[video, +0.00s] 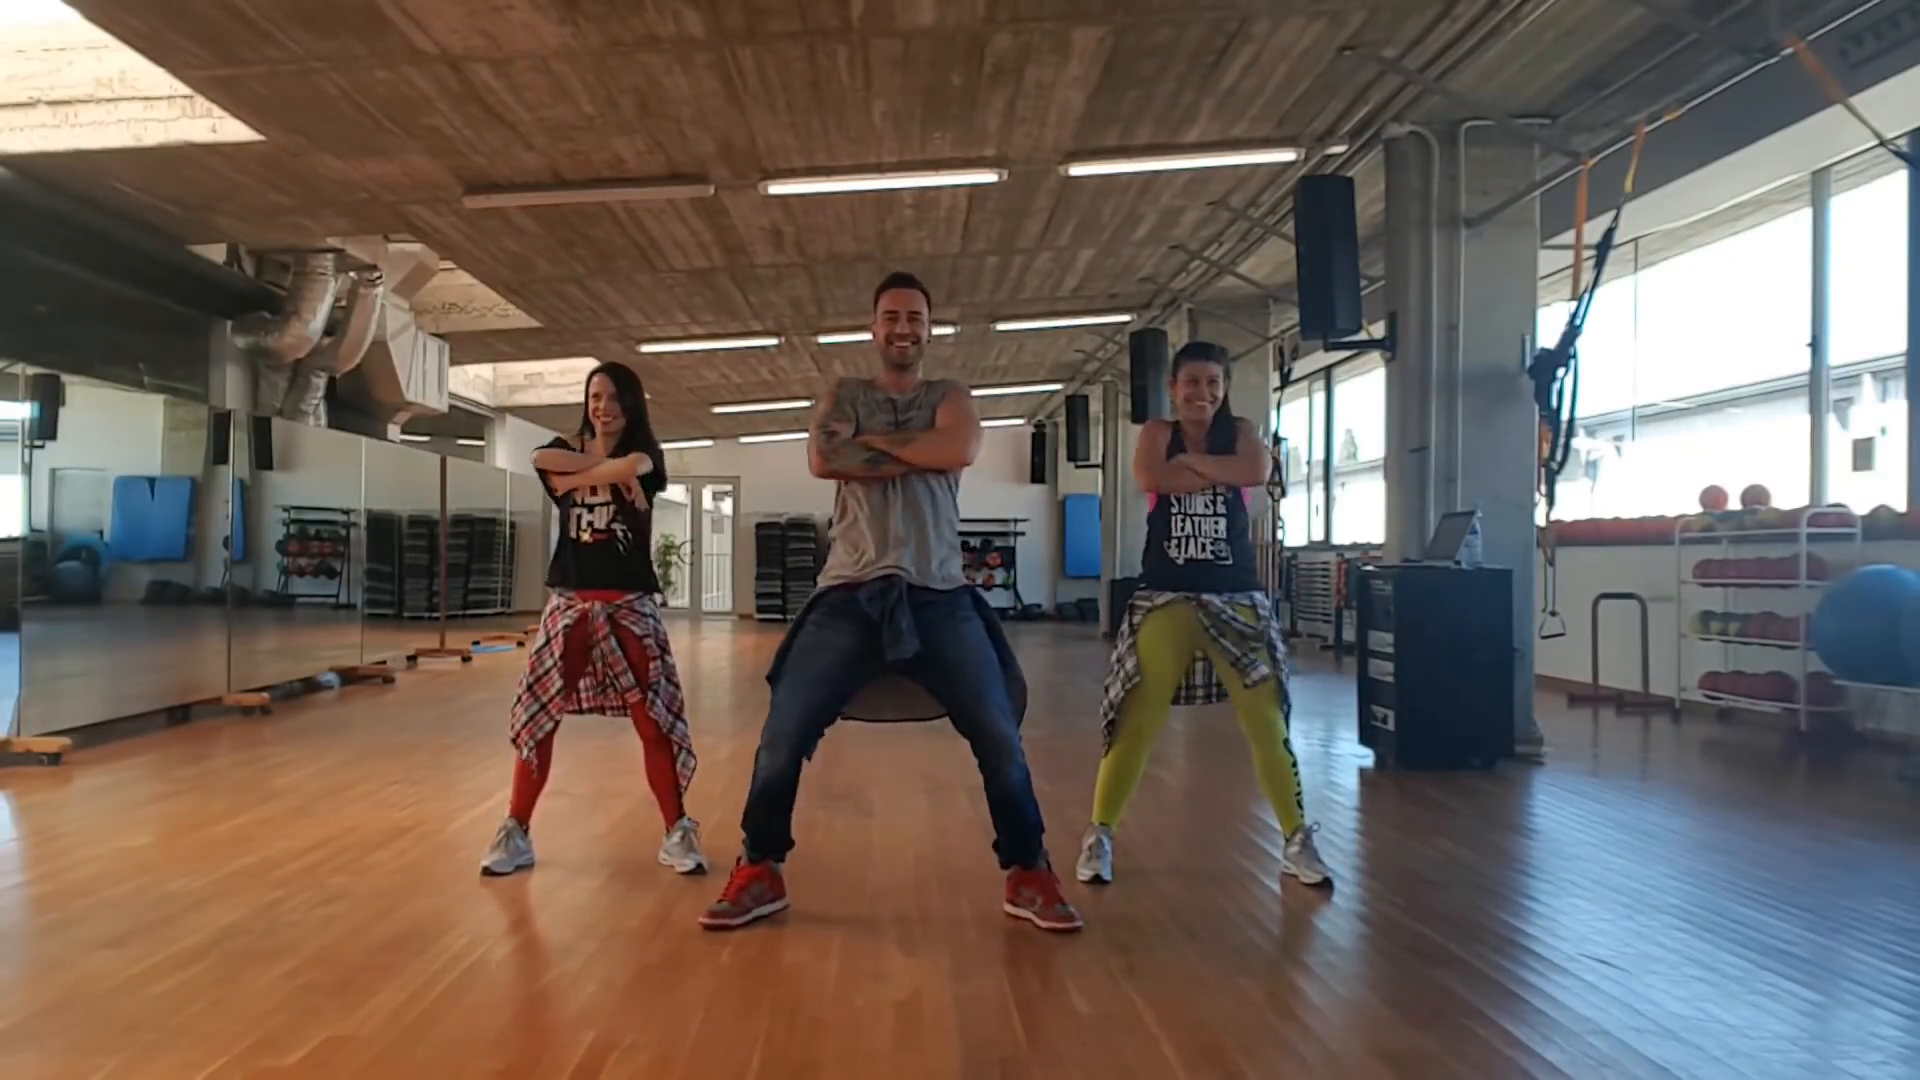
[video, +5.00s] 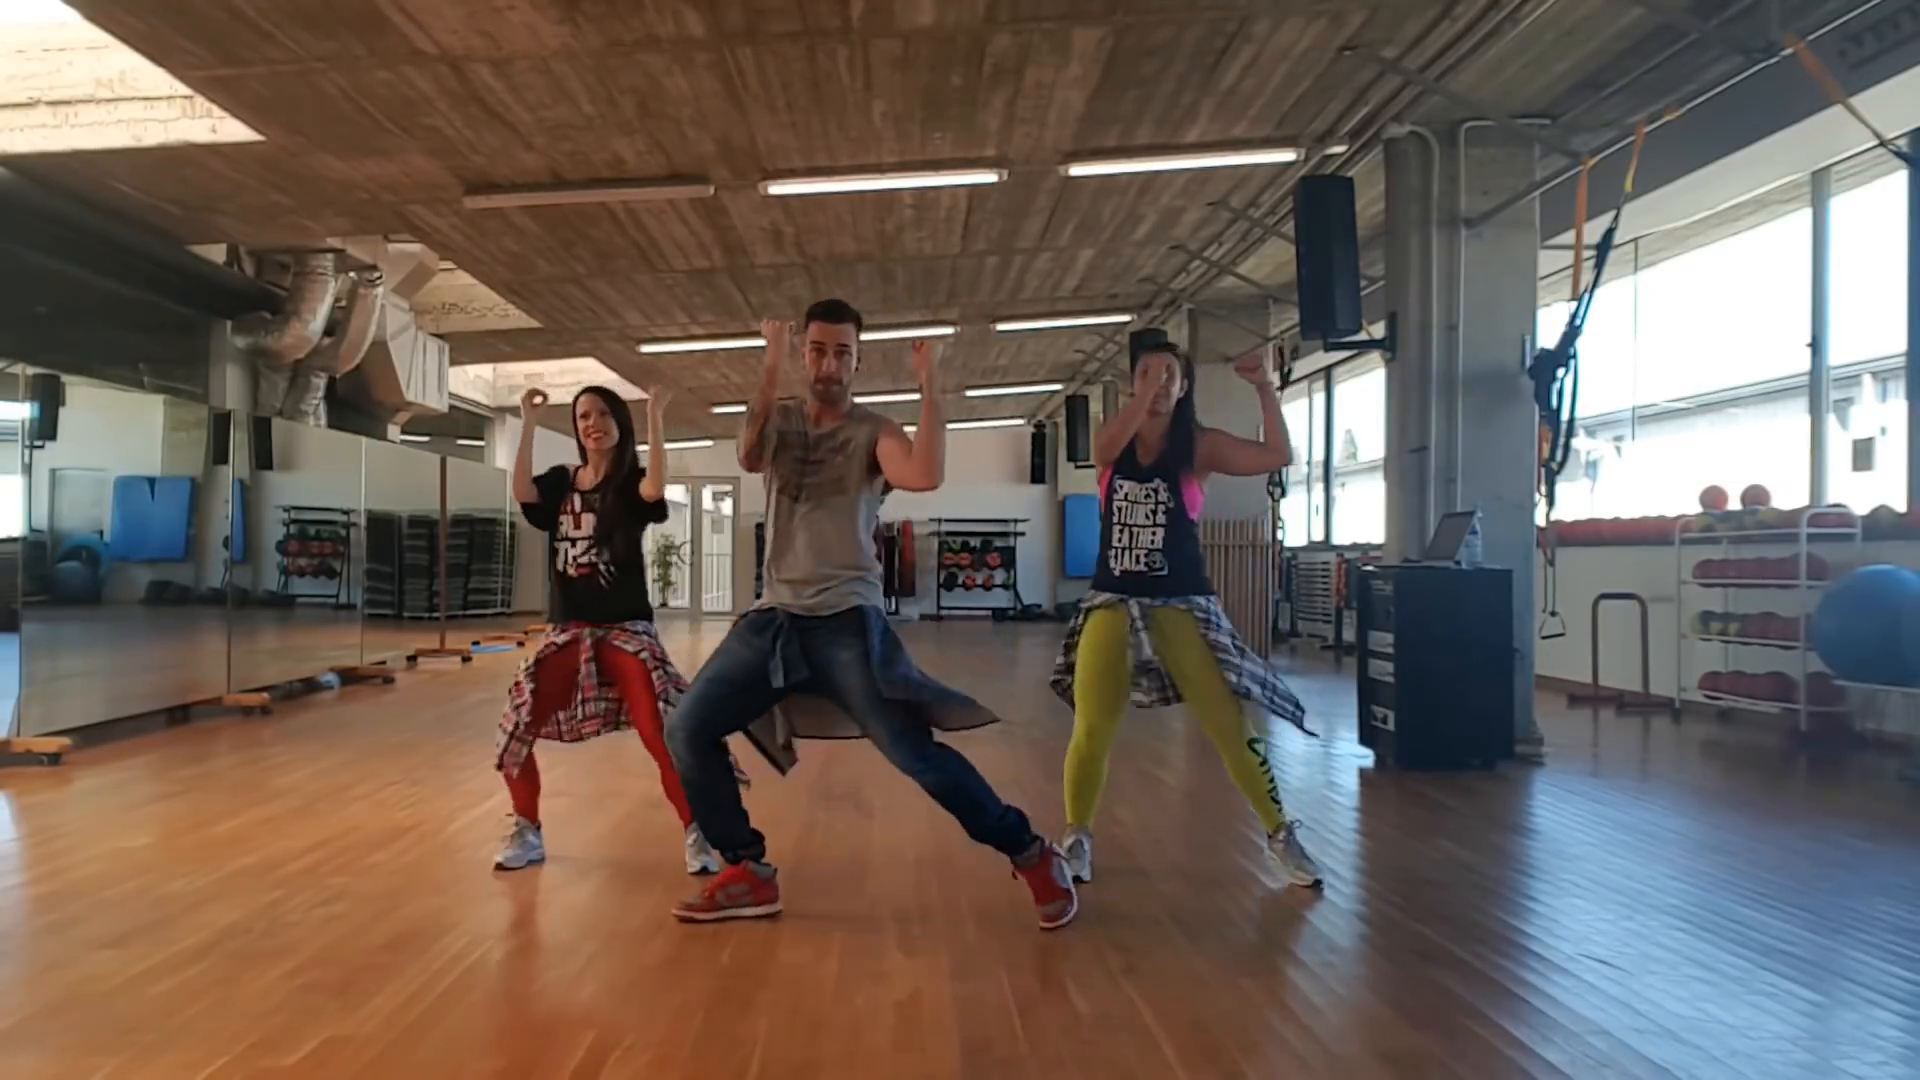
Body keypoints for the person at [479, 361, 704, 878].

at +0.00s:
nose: (602, 406)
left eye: (612, 398)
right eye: (595, 397)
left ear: (631, 405)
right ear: (586, 404)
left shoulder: (646, 455)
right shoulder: (567, 451)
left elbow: (629, 470)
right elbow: (541, 460)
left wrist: (573, 480)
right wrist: (601, 467)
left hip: (631, 602)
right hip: (569, 601)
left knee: (653, 720)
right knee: (537, 714)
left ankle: (678, 831)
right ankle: (516, 832)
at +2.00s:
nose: (588, 402)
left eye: (597, 395)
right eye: (580, 394)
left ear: (615, 402)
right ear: (571, 403)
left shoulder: (639, 454)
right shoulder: (559, 455)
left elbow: (627, 486)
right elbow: (538, 485)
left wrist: (568, 486)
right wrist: (609, 478)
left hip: (634, 599)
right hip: (572, 600)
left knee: (657, 718)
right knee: (547, 713)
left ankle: (687, 830)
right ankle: (519, 833)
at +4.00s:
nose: (595, 388)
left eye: (606, 382)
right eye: (587, 382)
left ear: (624, 397)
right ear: (577, 397)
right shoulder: (557, 456)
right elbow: (535, 504)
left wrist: (564, 510)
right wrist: (609, 505)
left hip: (625, 605)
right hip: (563, 604)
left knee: (656, 721)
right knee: (531, 714)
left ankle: (685, 831)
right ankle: (519, 835)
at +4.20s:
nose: (609, 391)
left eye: (618, 383)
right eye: (600, 386)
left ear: (637, 396)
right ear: (590, 400)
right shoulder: (569, 458)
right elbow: (515, 494)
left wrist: (618, 545)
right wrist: (567, 499)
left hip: (641, 606)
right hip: (578, 607)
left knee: (670, 724)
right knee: (540, 716)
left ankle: (686, 833)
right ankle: (518, 834)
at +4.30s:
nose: (620, 389)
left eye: (628, 381)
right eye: (611, 384)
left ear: (648, 390)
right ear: (601, 397)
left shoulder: (665, 449)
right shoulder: (577, 450)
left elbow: (695, 464)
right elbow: (513, 452)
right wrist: (501, 452)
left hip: (659, 600)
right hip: (596, 601)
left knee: (676, 722)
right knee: (559, 714)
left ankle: (687, 832)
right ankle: (527, 831)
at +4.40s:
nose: (630, 392)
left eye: (638, 383)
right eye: (620, 387)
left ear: (656, 391)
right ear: (611, 400)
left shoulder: (677, 451)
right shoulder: (591, 454)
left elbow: (715, 438)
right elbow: (525, 450)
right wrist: (492, 398)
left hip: (673, 600)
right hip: (613, 598)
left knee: (686, 719)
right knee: (588, 709)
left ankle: (687, 831)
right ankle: (584, 812)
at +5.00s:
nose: (592, 423)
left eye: (600, 415)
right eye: (584, 417)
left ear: (620, 423)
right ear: (574, 428)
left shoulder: (631, 481)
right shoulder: (563, 480)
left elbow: (654, 491)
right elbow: (521, 491)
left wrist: (653, 417)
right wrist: (529, 425)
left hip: (626, 628)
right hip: (569, 629)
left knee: (656, 729)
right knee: (516, 720)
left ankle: (696, 831)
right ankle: (527, 832)